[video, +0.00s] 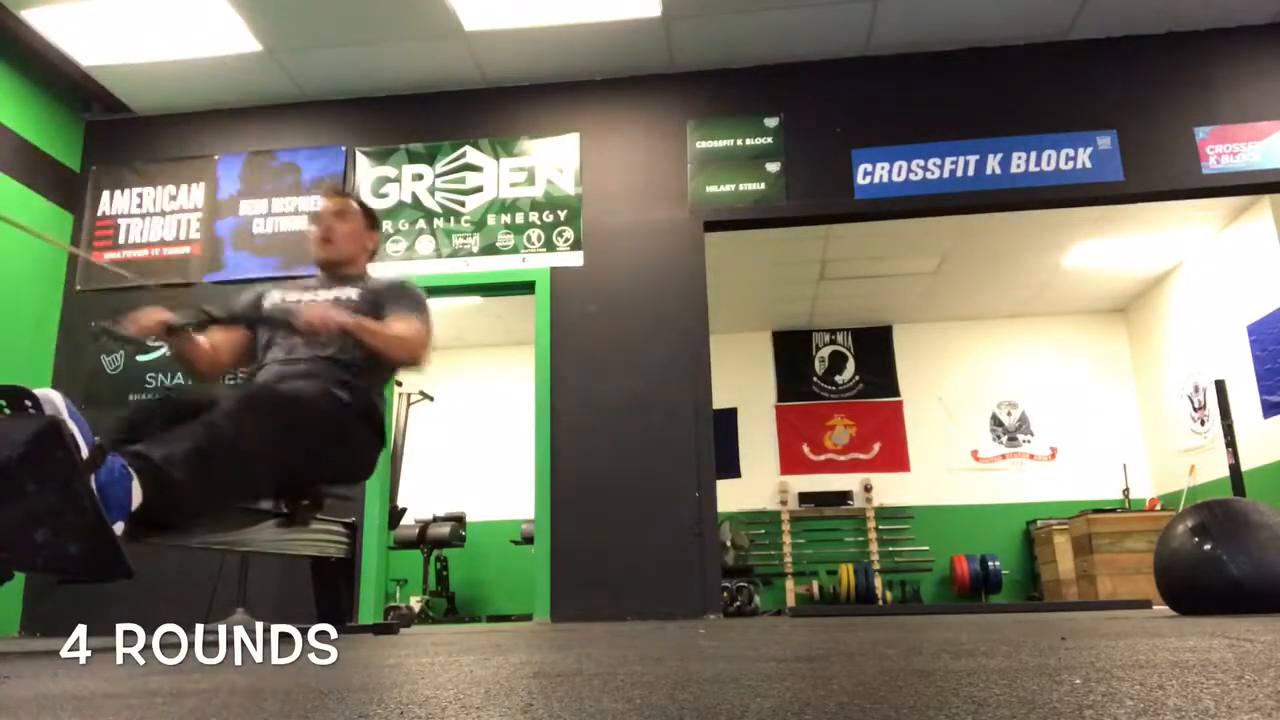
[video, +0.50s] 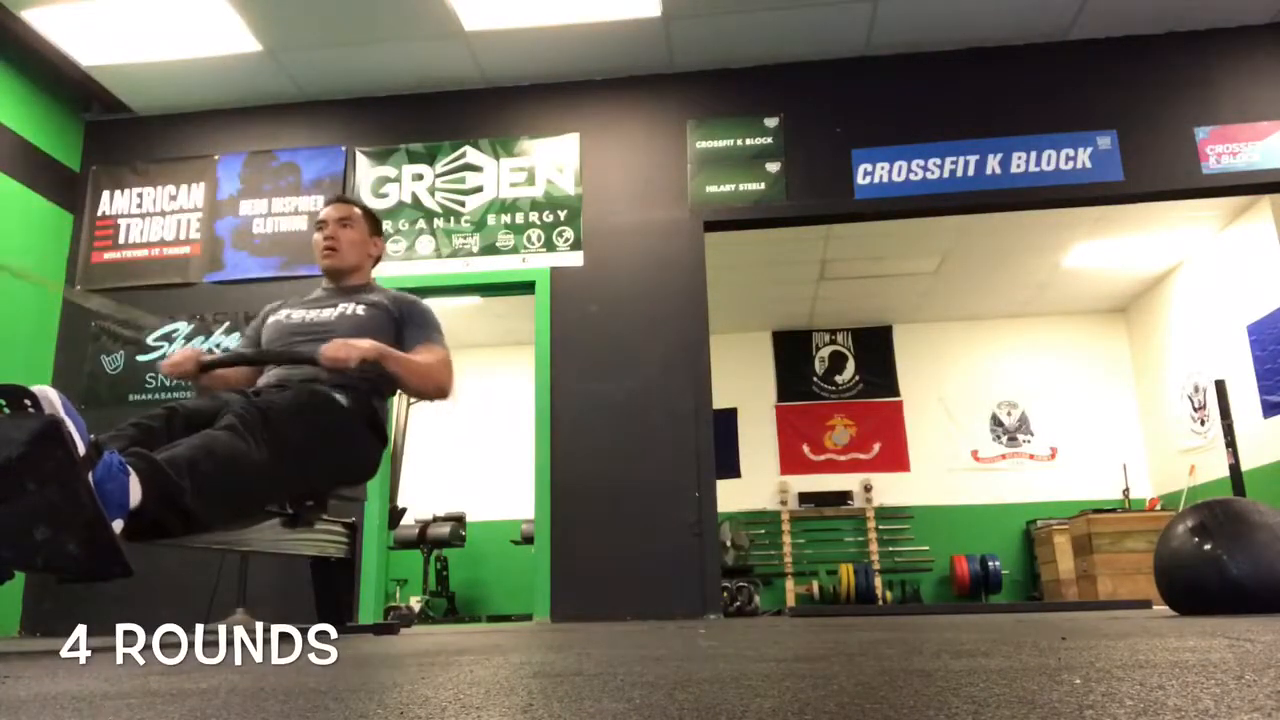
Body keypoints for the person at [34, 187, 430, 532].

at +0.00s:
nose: (324, 225)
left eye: (339, 218)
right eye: (320, 218)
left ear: (371, 239)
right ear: (311, 233)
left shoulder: (389, 290)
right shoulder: (279, 296)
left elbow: (413, 346)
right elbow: (211, 360)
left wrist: (345, 321)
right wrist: (173, 332)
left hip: (342, 417)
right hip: (262, 409)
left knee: (256, 415)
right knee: (163, 414)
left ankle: (128, 486)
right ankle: (89, 468)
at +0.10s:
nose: (331, 237)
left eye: (347, 229)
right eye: (325, 231)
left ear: (378, 250)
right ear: (318, 248)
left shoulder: (401, 307)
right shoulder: (280, 309)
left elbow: (443, 382)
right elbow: (238, 376)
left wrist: (377, 349)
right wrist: (206, 359)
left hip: (341, 414)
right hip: (265, 409)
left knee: (256, 435)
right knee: (181, 425)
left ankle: (130, 493)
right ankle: (100, 462)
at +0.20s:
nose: (331, 239)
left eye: (346, 231)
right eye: (325, 234)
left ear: (379, 252)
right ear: (319, 253)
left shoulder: (407, 313)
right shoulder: (287, 313)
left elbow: (462, 395)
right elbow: (254, 385)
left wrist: (405, 354)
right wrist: (227, 363)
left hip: (345, 409)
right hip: (270, 403)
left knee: (250, 437)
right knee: (181, 419)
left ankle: (128, 493)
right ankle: (95, 466)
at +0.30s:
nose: (330, 240)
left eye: (345, 231)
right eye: (324, 234)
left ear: (378, 251)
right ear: (319, 253)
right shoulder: (288, 314)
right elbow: (257, 386)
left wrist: (409, 355)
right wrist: (232, 369)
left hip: (343, 407)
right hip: (271, 403)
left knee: (249, 436)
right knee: (177, 419)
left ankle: (130, 491)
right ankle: (95, 469)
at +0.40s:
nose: (330, 238)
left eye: (345, 230)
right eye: (323, 233)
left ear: (378, 250)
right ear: (317, 252)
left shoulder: (405, 314)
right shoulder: (288, 315)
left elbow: (454, 395)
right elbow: (261, 378)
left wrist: (398, 357)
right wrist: (219, 372)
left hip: (343, 410)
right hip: (271, 406)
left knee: (250, 436)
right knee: (178, 420)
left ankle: (127, 494)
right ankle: (95, 466)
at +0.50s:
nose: (327, 233)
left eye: (342, 225)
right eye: (321, 228)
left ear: (375, 246)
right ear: (315, 246)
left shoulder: (401, 307)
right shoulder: (282, 312)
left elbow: (439, 381)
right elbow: (247, 375)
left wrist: (377, 352)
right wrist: (199, 369)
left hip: (341, 409)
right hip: (262, 403)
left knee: (249, 430)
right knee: (174, 419)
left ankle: (122, 492)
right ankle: (89, 467)